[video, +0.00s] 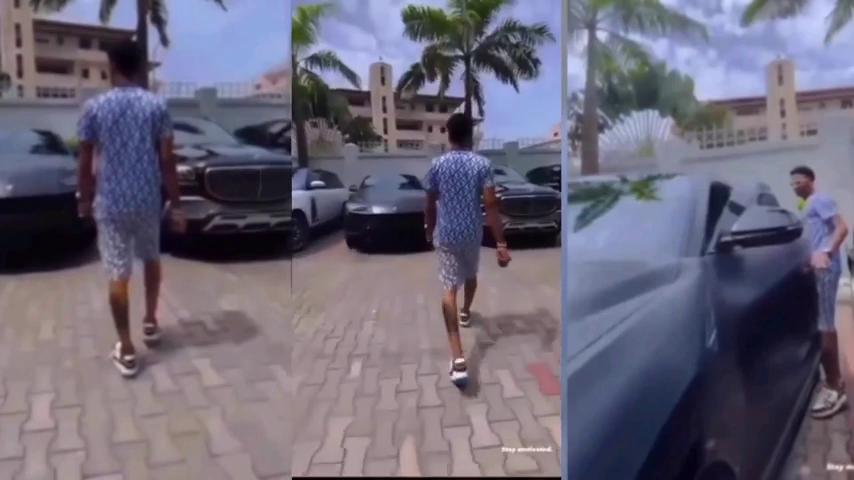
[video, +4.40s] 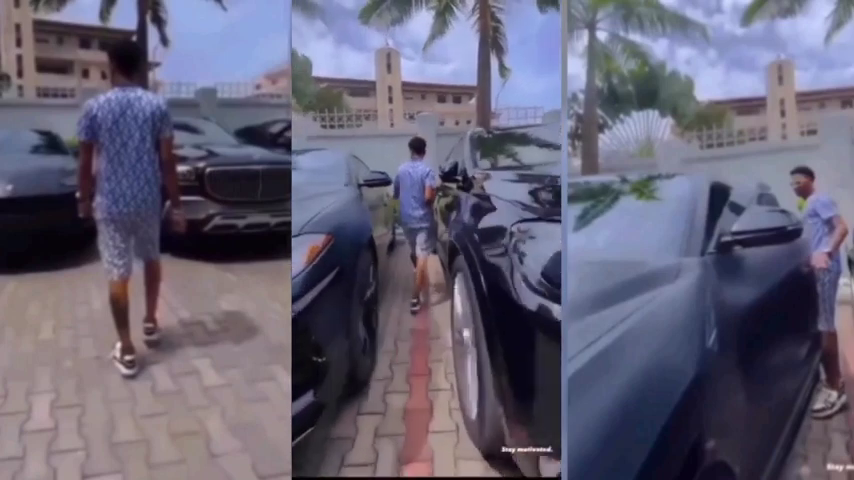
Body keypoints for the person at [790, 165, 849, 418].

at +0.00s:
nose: (796, 187)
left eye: (799, 183)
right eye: (793, 184)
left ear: (811, 181)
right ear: (797, 185)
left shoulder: (821, 201)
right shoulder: (809, 205)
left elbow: (842, 227)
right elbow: (820, 234)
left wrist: (827, 253)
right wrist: (810, 255)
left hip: (825, 268)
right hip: (815, 268)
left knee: (825, 327)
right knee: (822, 327)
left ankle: (834, 388)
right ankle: (830, 385)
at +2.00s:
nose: (796, 187)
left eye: (799, 183)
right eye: (793, 184)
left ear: (811, 181)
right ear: (797, 185)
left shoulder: (821, 201)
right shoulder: (809, 205)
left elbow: (842, 227)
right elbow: (820, 234)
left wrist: (827, 253)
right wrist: (810, 255)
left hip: (825, 268)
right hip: (815, 268)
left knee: (825, 327)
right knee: (822, 327)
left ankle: (834, 388)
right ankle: (830, 385)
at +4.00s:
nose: (796, 187)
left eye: (799, 183)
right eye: (793, 184)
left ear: (811, 181)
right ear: (797, 185)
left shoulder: (821, 201)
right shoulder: (809, 205)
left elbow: (842, 227)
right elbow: (820, 234)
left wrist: (827, 253)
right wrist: (810, 255)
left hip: (825, 268)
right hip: (815, 268)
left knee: (825, 327)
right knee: (822, 327)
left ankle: (834, 388)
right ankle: (830, 385)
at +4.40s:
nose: (795, 187)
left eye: (799, 183)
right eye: (793, 184)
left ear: (811, 181)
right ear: (797, 185)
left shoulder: (820, 201)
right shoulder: (809, 205)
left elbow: (841, 227)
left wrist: (827, 253)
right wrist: (811, 255)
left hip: (825, 268)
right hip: (815, 268)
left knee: (825, 327)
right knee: (821, 327)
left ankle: (835, 387)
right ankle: (830, 383)